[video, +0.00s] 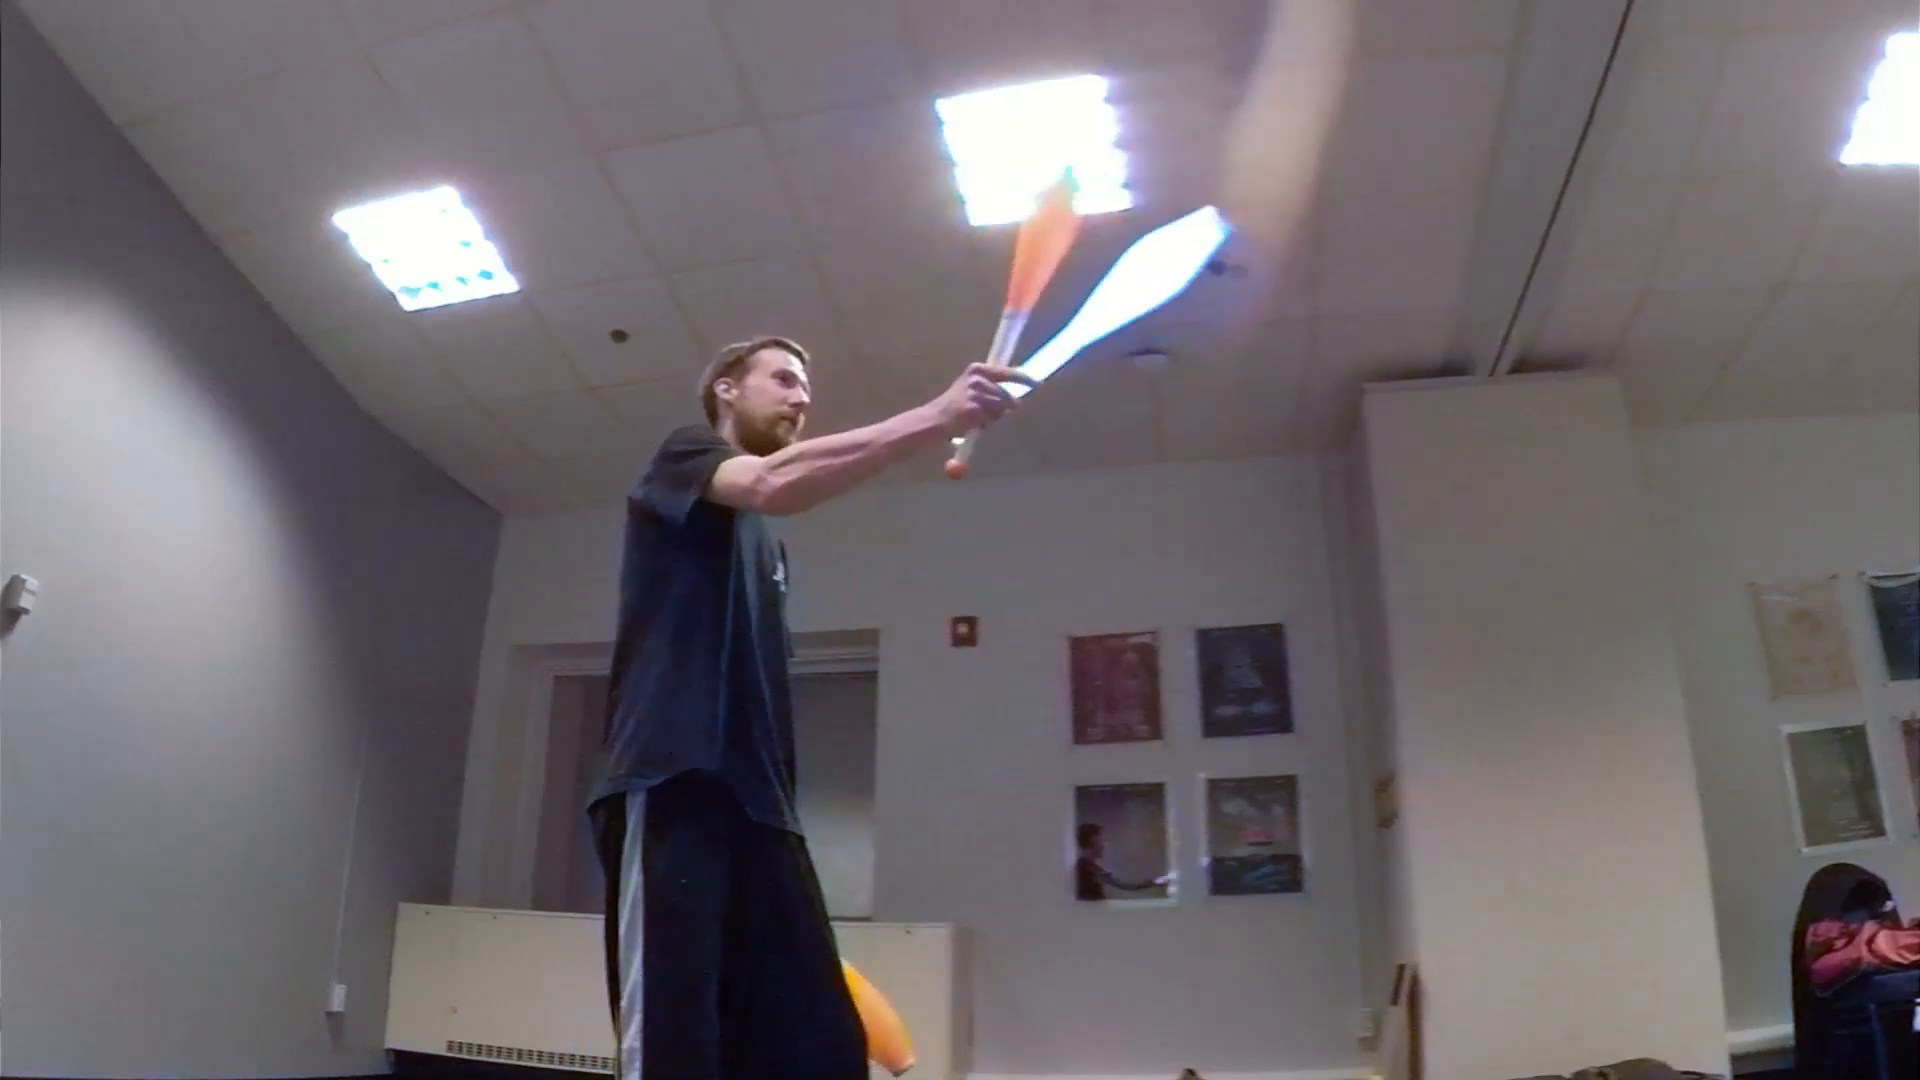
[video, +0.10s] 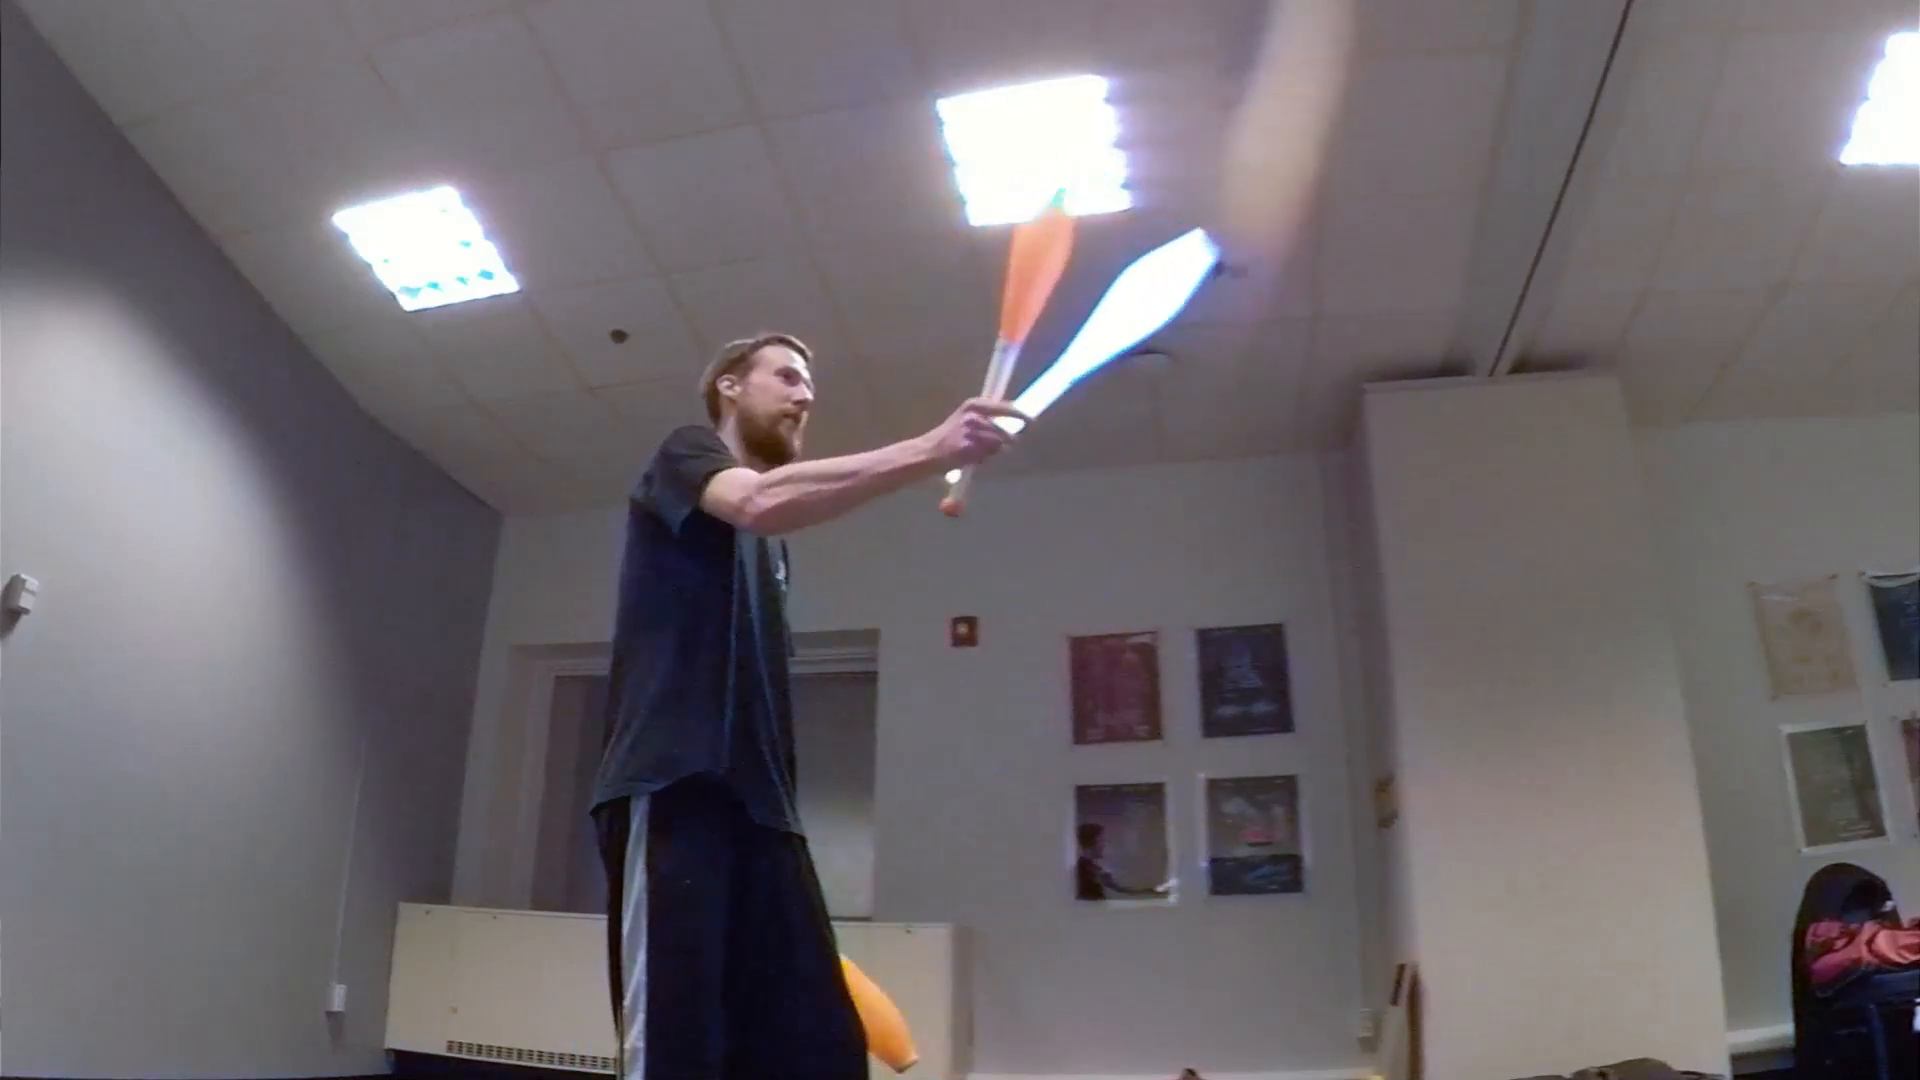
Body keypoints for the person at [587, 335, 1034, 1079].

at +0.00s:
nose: (801, 397)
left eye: (805, 388)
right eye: (782, 378)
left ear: (799, 411)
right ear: (724, 388)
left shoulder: (763, 534)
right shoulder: (684, 454)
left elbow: (751, 666)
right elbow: (770, 484)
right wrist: (934, 415)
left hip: (755, 798)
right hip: (674, 786)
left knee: (813, 1029)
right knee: (671, 1026)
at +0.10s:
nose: (805, 395)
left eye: (808, 386)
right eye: (786, 376)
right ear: (728, 385)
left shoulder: (763, 515)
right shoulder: (685, 451)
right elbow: (757, 502)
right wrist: (930, 447)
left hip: (756, 793)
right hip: (675, 784)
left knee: (813, 1030)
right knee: (678, 1024)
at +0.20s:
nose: (812, 392)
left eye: (814, 384)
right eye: (792, 373)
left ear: (808, 409)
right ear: (733, 385)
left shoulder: (753, 522)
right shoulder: (689, 456)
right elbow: (723, 550)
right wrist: (897, 533)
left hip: (759, 802)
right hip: (682, 794)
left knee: (820, 1037)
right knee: (685, 1037)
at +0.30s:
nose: (821, 392)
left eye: (823, 382)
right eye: (802, 372)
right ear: (743, 384)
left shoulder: (770, 526)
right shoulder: (703, 462)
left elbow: (744, 645)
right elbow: (688, 597)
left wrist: (829, 670)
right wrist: (847, 629)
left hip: (761, 807)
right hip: (683, 801)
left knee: (830, 1037)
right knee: (685, 1040)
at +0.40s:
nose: (835, 389)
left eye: (837, 380)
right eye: (816, 370)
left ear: (835, 405)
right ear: (758, 383)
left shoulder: (787, 530)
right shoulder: (718, 464)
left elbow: (759, 673)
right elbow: (671, 614)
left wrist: (806, 720)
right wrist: (802, 691)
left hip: (764, 807)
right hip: (686, 801)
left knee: (839, 1029)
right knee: (689, 1041)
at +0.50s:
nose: (852, 390)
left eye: (854, 380)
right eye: (834, 370)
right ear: (775, 381)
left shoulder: (799, 527)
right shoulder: (735, 465)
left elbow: (766, 676)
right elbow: (675, 617)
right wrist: (805, 695)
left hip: (769, 803)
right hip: (692, 798)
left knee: (839, 1025)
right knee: (691, 1037)